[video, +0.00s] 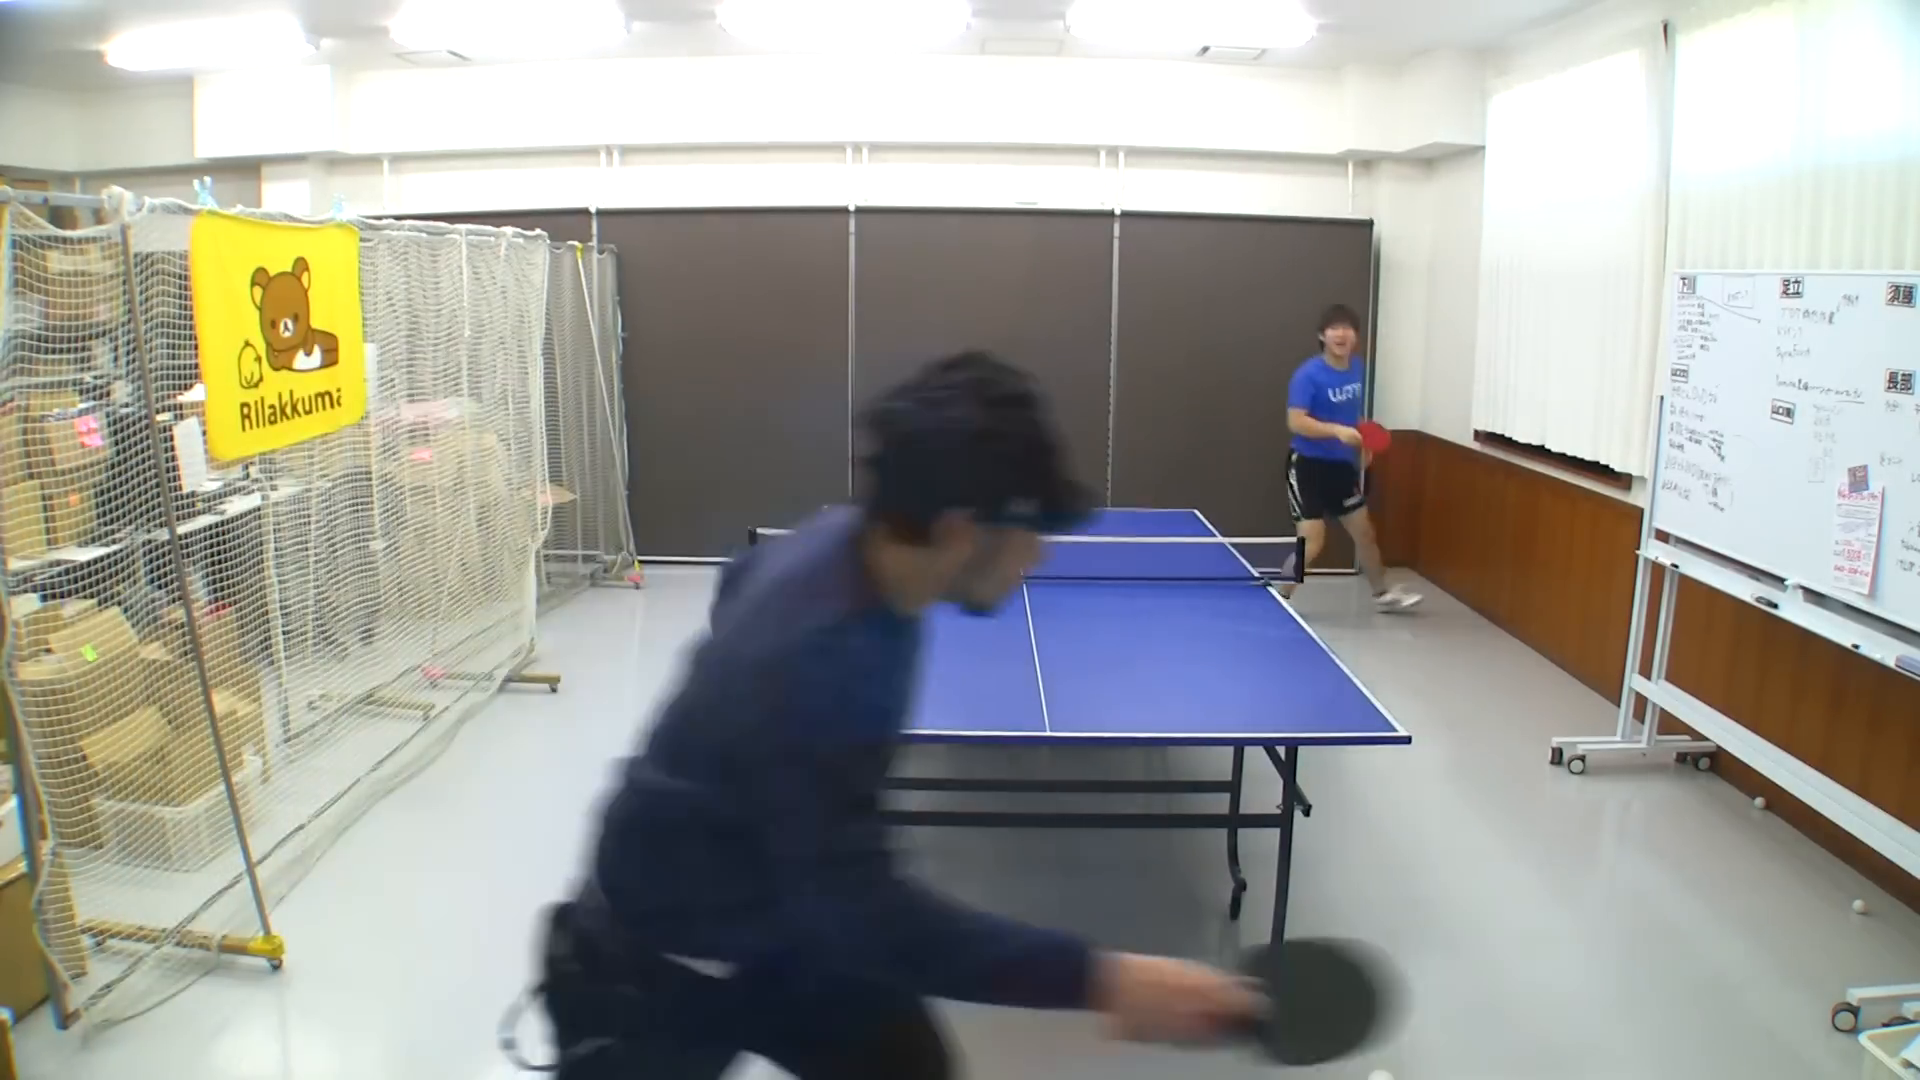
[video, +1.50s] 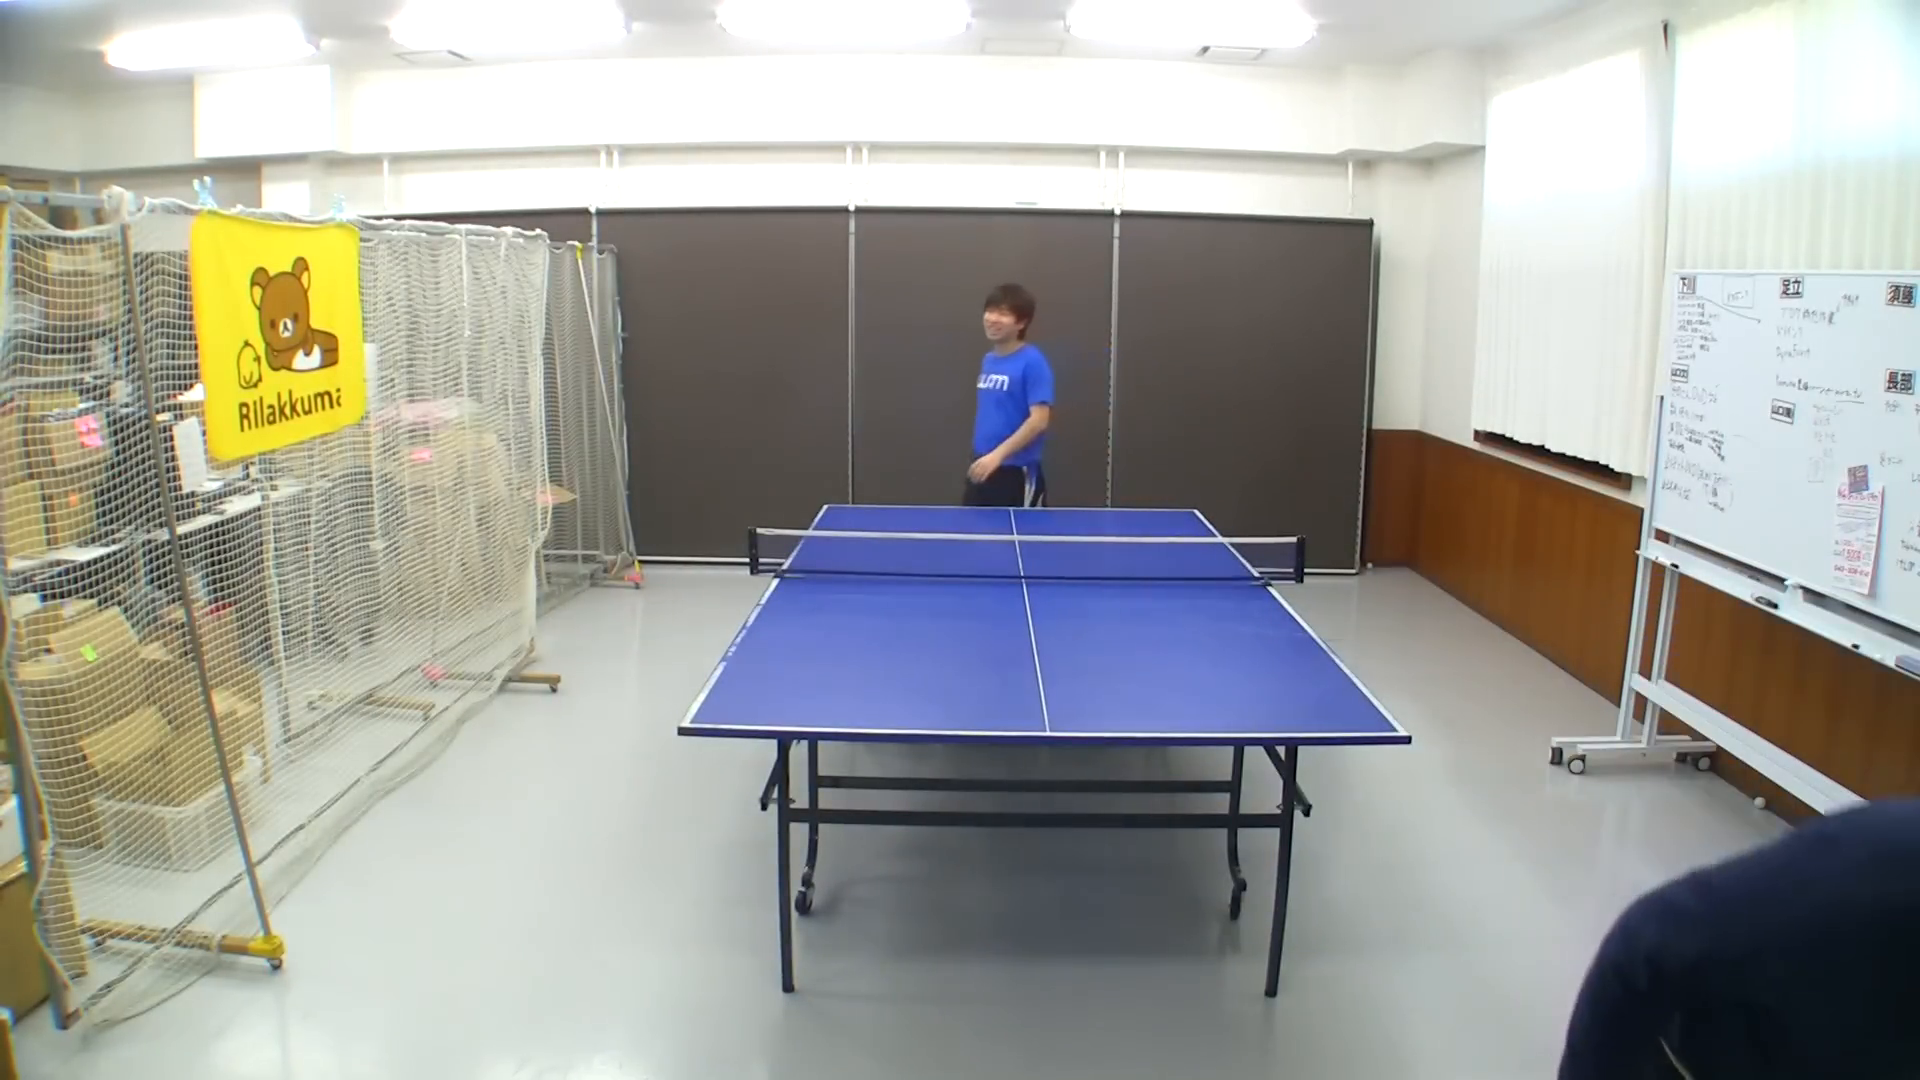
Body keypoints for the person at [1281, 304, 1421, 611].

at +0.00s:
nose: (1341, 335)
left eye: (1347, 329)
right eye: (1334, 328)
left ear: (1356, 336)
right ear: (1322, 335)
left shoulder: (1358, 370)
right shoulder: (1308, 374)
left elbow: (1357, 414)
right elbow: (1295, 421)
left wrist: (1364, 445)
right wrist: (1338, 430)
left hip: (1342, 463)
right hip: (1307, 464)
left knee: (1365, 533)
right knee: (1312, 544)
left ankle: (1382, 593)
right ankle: (1278, 600)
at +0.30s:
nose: (1272, 313)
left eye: (1278, 307)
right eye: (1265, 307)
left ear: (1289, 314)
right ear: (1255, 315)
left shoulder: (1306, 351)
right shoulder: (1239, 352)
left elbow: (1317, 386)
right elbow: (1212, 389)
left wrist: (1330, 417)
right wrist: (1223, 418)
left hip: (1283, 444)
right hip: (1244, 441)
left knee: (1275, 529)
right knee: (1229, 522)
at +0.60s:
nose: (1179, 320)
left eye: (1187, 313)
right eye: (1173, 313)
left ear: (1200, 322)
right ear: (1165, 321)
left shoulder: (1222, 363)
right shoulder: (1159, 366)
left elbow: (1235, 412)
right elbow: (1155, 404)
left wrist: (1241, 464)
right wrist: (1147, 426)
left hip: (1202, 465)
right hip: (1164, 462)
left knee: (1199, 537)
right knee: (1149, 529)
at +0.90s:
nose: (1105, 310)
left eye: (1115, 305)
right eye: (1104, 304)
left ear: (1134, 315)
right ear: (1099, 311)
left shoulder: (1155, 359)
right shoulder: (1099, 360)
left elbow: (1177, 406)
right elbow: (1085, 398)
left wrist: (1180, 461)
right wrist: (1076, 413)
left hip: (1142, 459)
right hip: (1108, 456)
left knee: (1126, 528)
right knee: (1106, 527)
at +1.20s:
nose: (1057, 316)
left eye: (1068, 311)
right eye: (1055, 307)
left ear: (1084, 322)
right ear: (1048, 311)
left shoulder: (1094, 362)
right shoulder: (1051, 359)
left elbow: (1097, 422)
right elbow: (1043, 413)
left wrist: (1083, 476)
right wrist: (1027, 466)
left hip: (1070, 468)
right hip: (1043, 462)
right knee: (1032, 533)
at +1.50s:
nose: (992, 319)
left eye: (1003, 314)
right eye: (989, 311)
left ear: (1021, 323)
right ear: (983, 315)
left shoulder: (1032, 361)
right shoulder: (989, 360)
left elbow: (1040, 418)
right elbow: (992, 411)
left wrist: (995, 456)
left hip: (1017, 471)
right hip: (982, 467)